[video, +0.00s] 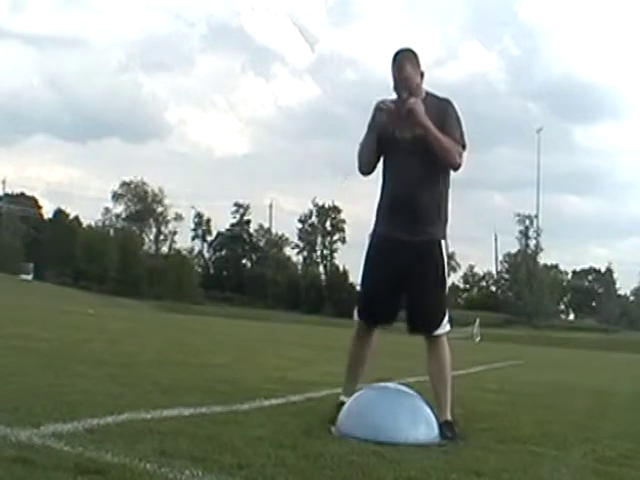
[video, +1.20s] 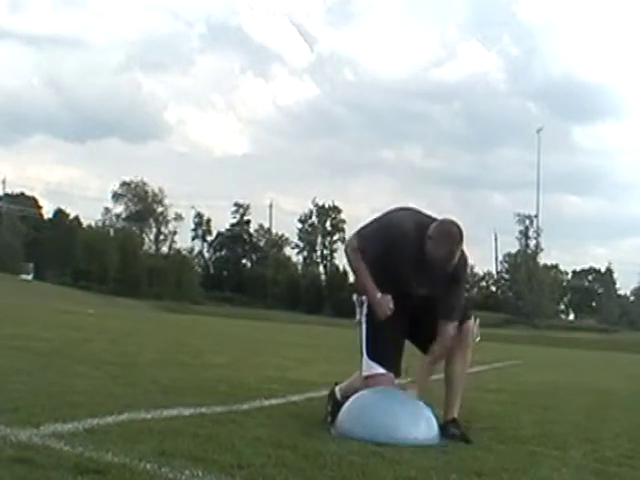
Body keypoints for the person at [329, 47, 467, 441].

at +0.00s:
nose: (402, 88)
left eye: (407, 81)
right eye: (397, 83)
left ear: (422, 76)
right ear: (392, 81)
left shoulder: (442, 109)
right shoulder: (384, 112)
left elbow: (455, 160)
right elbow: (365, 166)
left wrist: (422, 121)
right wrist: (379, 123)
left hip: (428, 237)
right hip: (386, 235)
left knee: (435, 332)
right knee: (365, 324)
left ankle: (444, 418)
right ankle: (347, 403)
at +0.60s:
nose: (419, 112)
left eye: (423, 105)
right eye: (412, 106)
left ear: (433, 95)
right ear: (401, 96)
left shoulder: (447, 124)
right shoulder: (383, 116)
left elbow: (462, 187)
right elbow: (351, 162)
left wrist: (442, 163)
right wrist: (364, 148)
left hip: (428, 243)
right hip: (386, 243)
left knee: (446, 328)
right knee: (367, 335)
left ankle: (448, 418)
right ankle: (345, 405)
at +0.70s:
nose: (431, 134)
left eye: (436, 128)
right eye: (424, 127)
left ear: (444, 120)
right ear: (413, 118)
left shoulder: (448, 141)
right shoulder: (389, 136)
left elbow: (461, 203)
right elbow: (348, 167)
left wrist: (452, 186)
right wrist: (371, 181)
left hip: (427, 255)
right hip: (389, 256)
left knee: (454, 328)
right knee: (376, 349)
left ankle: (448, 419)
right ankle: (342, 401)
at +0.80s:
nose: (441, 174)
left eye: (447, 169)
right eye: (437, 168)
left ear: (453, 162)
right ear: (425, 155)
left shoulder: (449, 179)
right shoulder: (398, 173)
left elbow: (459, 228)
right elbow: (354, 206)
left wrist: (450, 214)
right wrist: (384, 243)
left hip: (427, 275)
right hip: (389, 277)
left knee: (460, 334)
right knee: (382, 370)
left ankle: (450, 420)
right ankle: (342, 394)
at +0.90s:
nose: (445, 222)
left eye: (451, 217)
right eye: (440, 215)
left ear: (460, 207)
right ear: (429, 202)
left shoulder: (454, 204)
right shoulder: (405, 217)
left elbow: (453, 234)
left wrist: (454, 256)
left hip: (429, 291)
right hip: (395, 292)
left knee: (463, 333)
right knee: (398, 380)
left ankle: (450, 419)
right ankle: (343, 393)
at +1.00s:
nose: (450, 257)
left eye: (456, 252)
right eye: (445, 252)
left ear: (462, 234)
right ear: (434, 231)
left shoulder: (456, 223)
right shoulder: (406, 239)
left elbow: (462, 260)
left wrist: (452, 290)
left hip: (422, 292)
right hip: (386, 292)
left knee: (462, 329)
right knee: (393, 384)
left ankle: (451, 419)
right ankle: (343, 394)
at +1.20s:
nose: (437, 267)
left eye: (444, 263)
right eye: (434, 259)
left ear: (457, 252)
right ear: (428, 237)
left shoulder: (457, 265)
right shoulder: (401, 223)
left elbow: (447, 332)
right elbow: (352, 246)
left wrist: (418, 385)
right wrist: (374, 296)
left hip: (423, 306)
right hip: (386, 298)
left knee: (464, 331)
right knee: (381, 380)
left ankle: (451, 419)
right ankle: (340, 394)